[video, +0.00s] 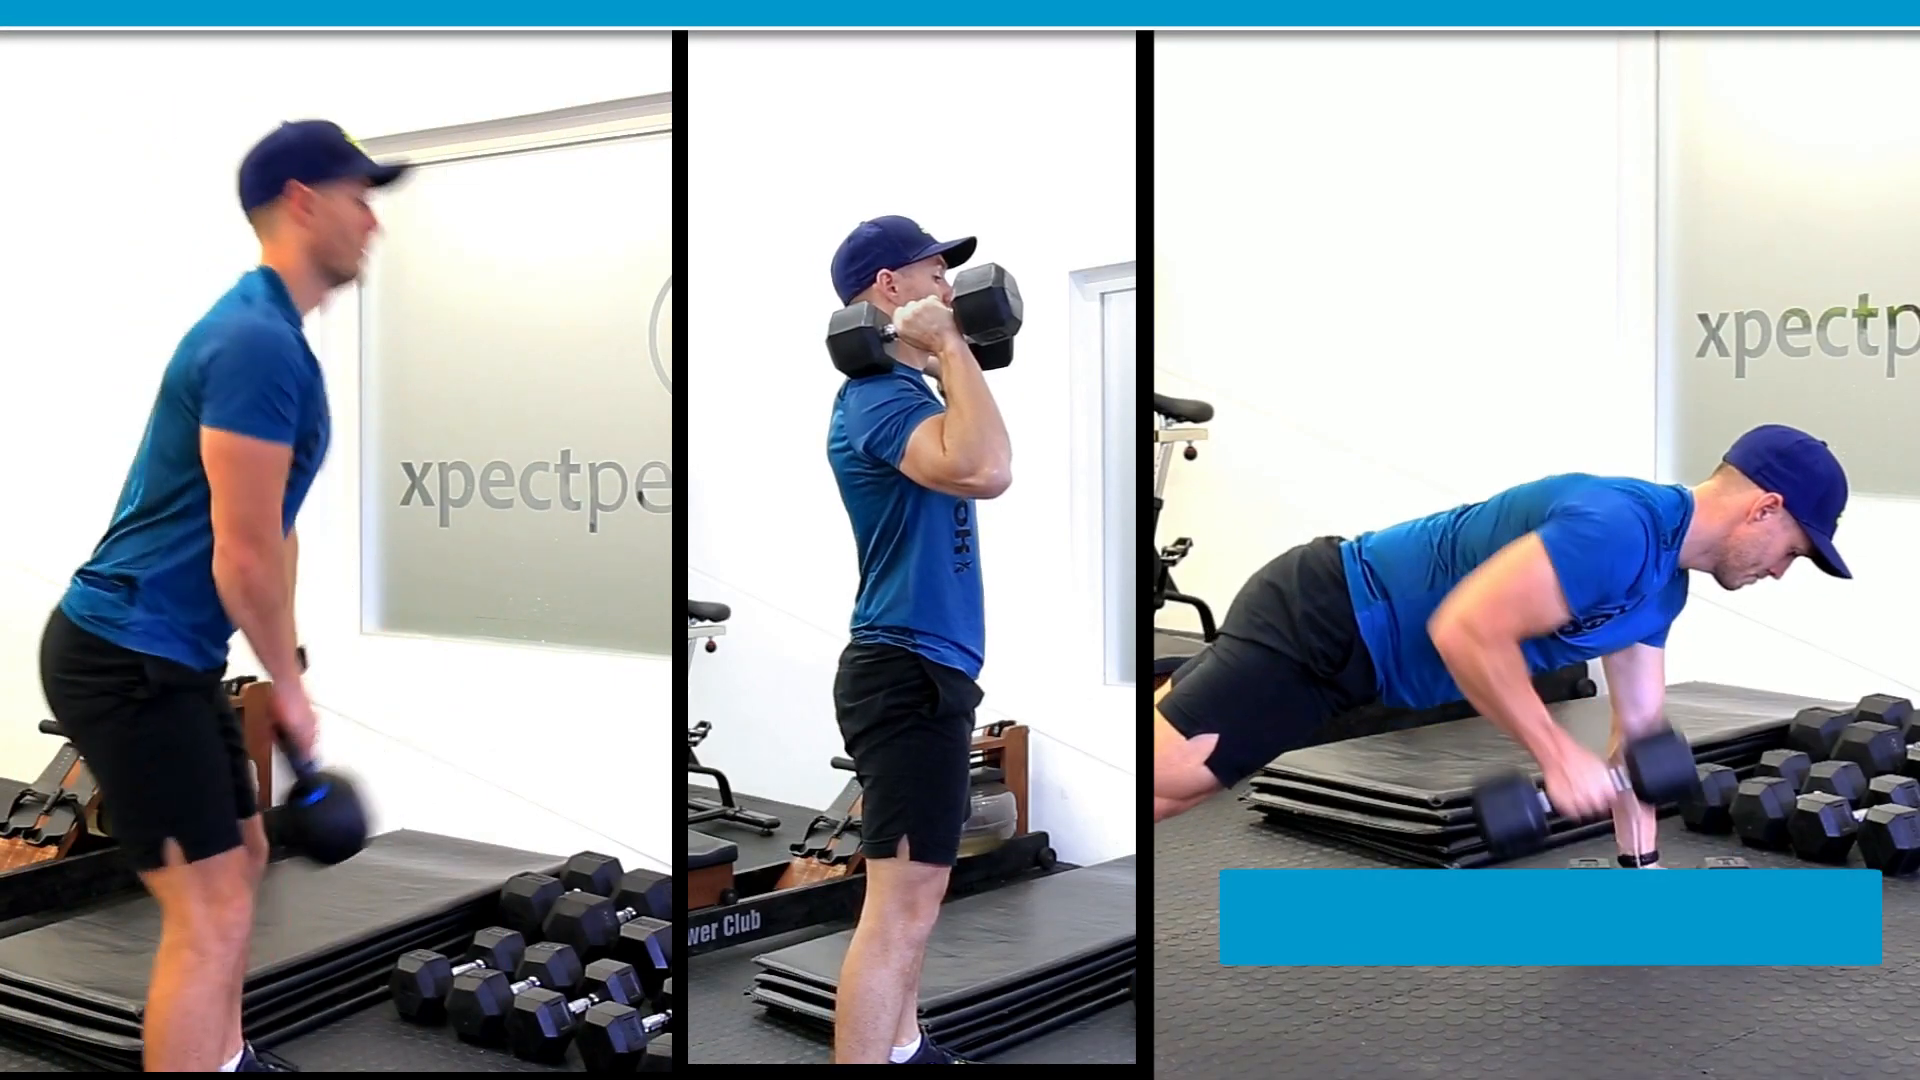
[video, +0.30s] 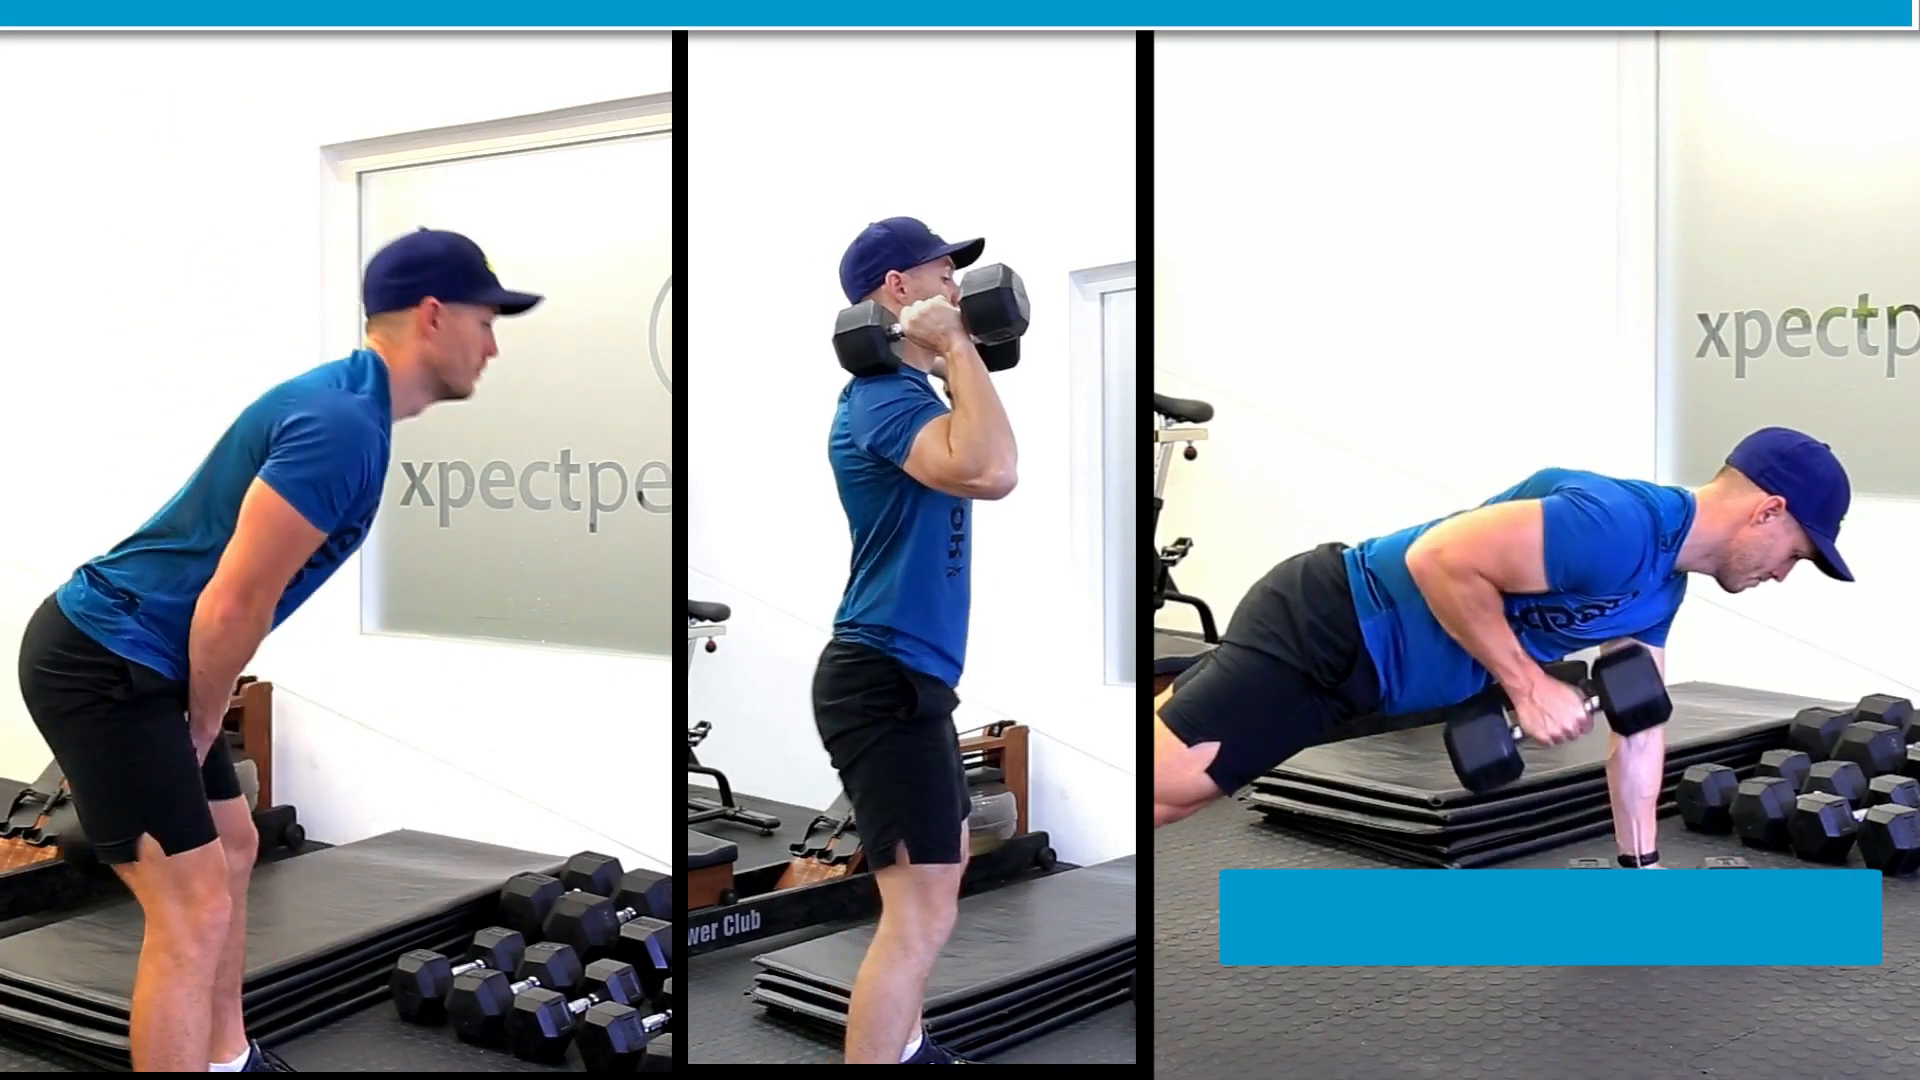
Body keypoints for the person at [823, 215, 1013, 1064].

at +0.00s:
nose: (950, 282)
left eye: (945, 268)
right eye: (937, 270)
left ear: (887, 289)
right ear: (888, 285)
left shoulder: (904, 395)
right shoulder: (873, 399)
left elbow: (990, 471)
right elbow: (977, 465)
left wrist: (953, 353)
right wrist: (948, 346)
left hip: (933, 674)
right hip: (906, 675)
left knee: (918, 898)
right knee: (900, 907)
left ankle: (900, 1047)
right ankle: (864, 1062)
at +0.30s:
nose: (957, 282)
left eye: (952, 268)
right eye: (943, 270)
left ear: (896, 289)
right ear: (896, 286)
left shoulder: (908, 396)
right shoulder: (878, 400)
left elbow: (994, 471)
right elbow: (986, 469)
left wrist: (960, 352)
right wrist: (955, 348)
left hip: (911, 677)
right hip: (881, 680)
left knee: (937, 886)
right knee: (917, 914)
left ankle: (899, 1042)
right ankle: (873, 1061)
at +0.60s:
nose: (970, 325)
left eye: (967, 311)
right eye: (957, 311)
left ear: (905, 326)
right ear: (910, 322)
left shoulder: (912, 430)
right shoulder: (887, 432)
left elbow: (1002, 504)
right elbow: (1000, 502)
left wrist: (971, 382)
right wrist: (960, 377)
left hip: (887, 708)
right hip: (843, 710)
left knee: (968, 865)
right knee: (939, 929)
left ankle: (894, 1025)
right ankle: (884, 1056)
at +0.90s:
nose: (976, 397)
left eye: (975, 383)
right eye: (967, 383)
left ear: (914, 393)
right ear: (921, 388)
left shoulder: (918, 494)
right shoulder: (891, 501)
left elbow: (984, 566)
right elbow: (1004, 575)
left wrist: (970, 444)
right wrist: (966, 445)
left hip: (868, 754)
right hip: (815, 763)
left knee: (979, 874)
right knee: (953, 948)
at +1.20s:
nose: (987, 465)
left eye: (986, 452)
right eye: (978, 451)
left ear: (927, 464)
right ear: (930, 461)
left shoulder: (929, 558)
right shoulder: (893, 572)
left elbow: (1005, 642)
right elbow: (1002, 661)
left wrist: (982, 526)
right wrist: (973, 526)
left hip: (855, 801)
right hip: (799, 819)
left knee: (990, 880)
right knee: (966, 955)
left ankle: (916, 1037)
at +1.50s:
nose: (997, 527)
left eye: (993, 511)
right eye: (985, 511)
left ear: (939, 526)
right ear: (939, 524)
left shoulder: (938, 621)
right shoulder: (896, 633)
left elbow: (1006, 715)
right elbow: (1000, 741)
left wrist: (989, 597)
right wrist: (979, 601)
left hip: (852, 840)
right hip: (789, 864)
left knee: (993, 882)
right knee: (968, 956)